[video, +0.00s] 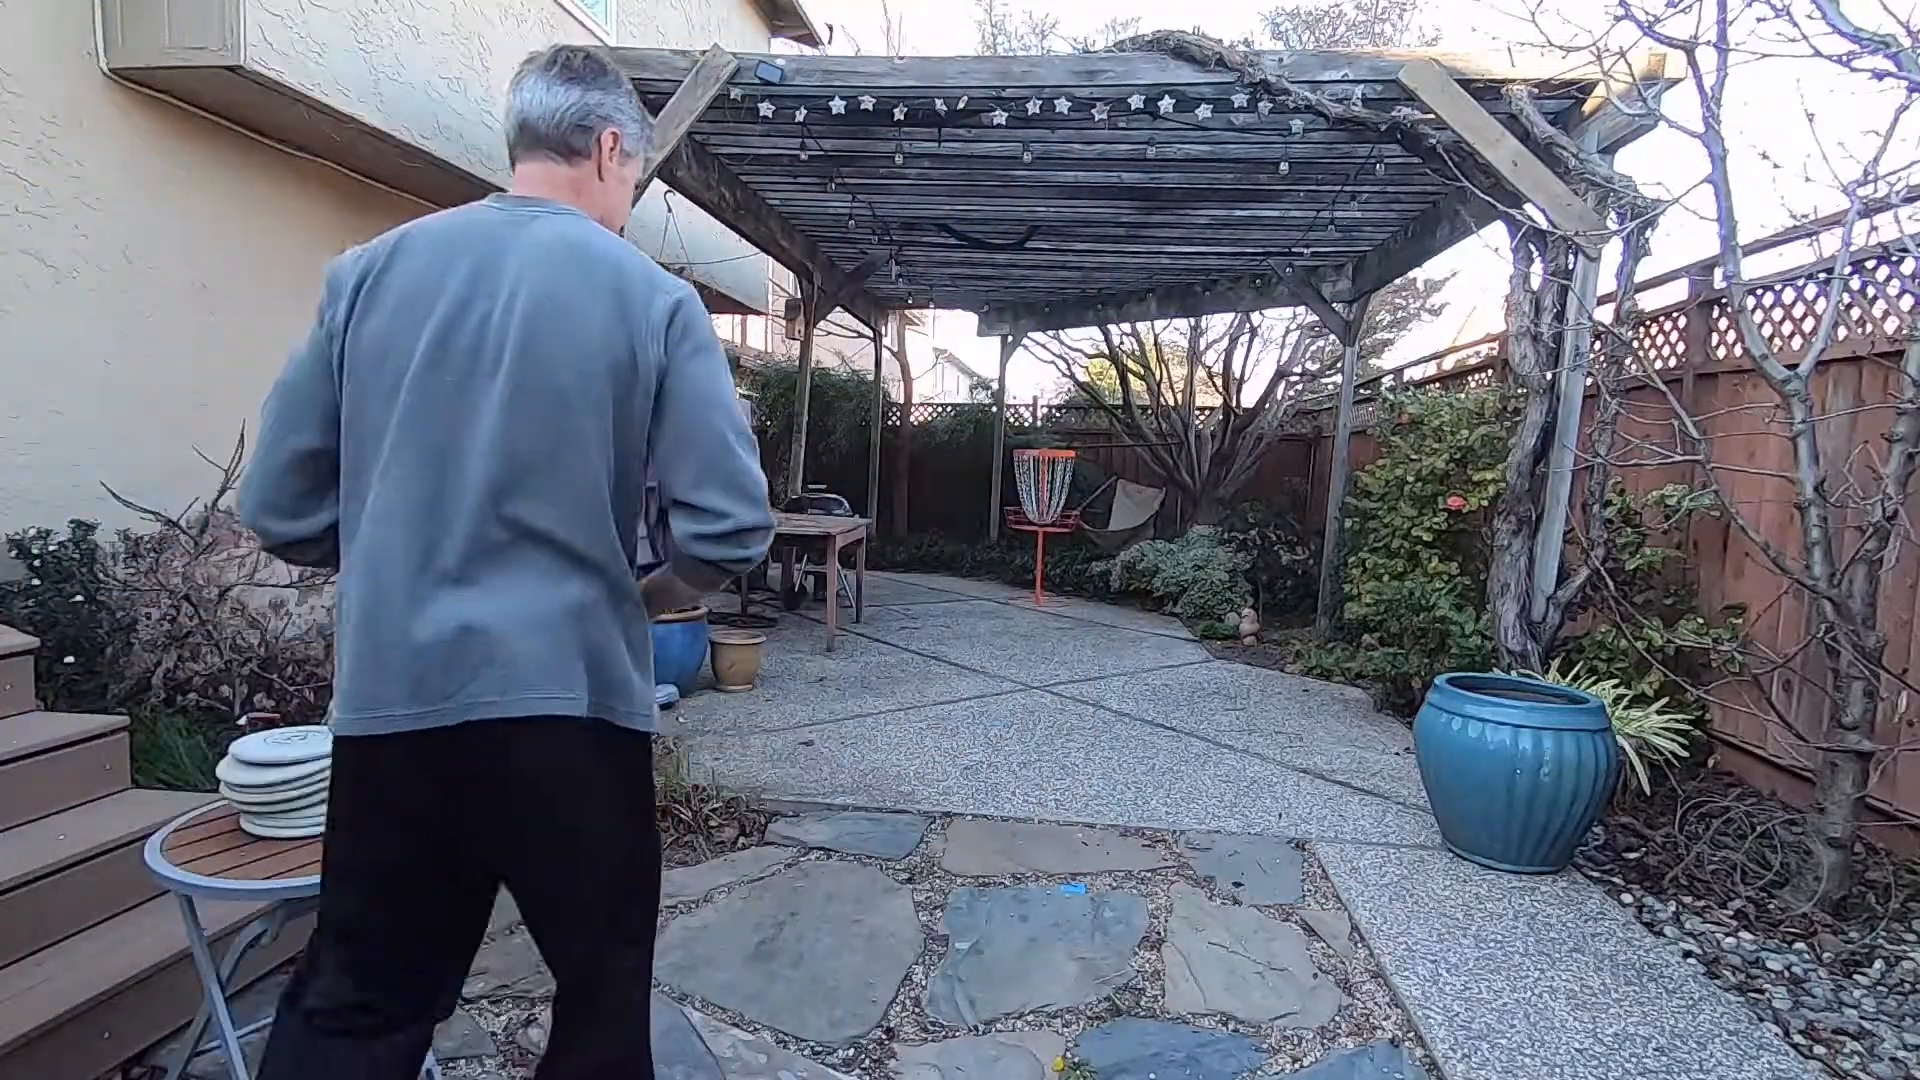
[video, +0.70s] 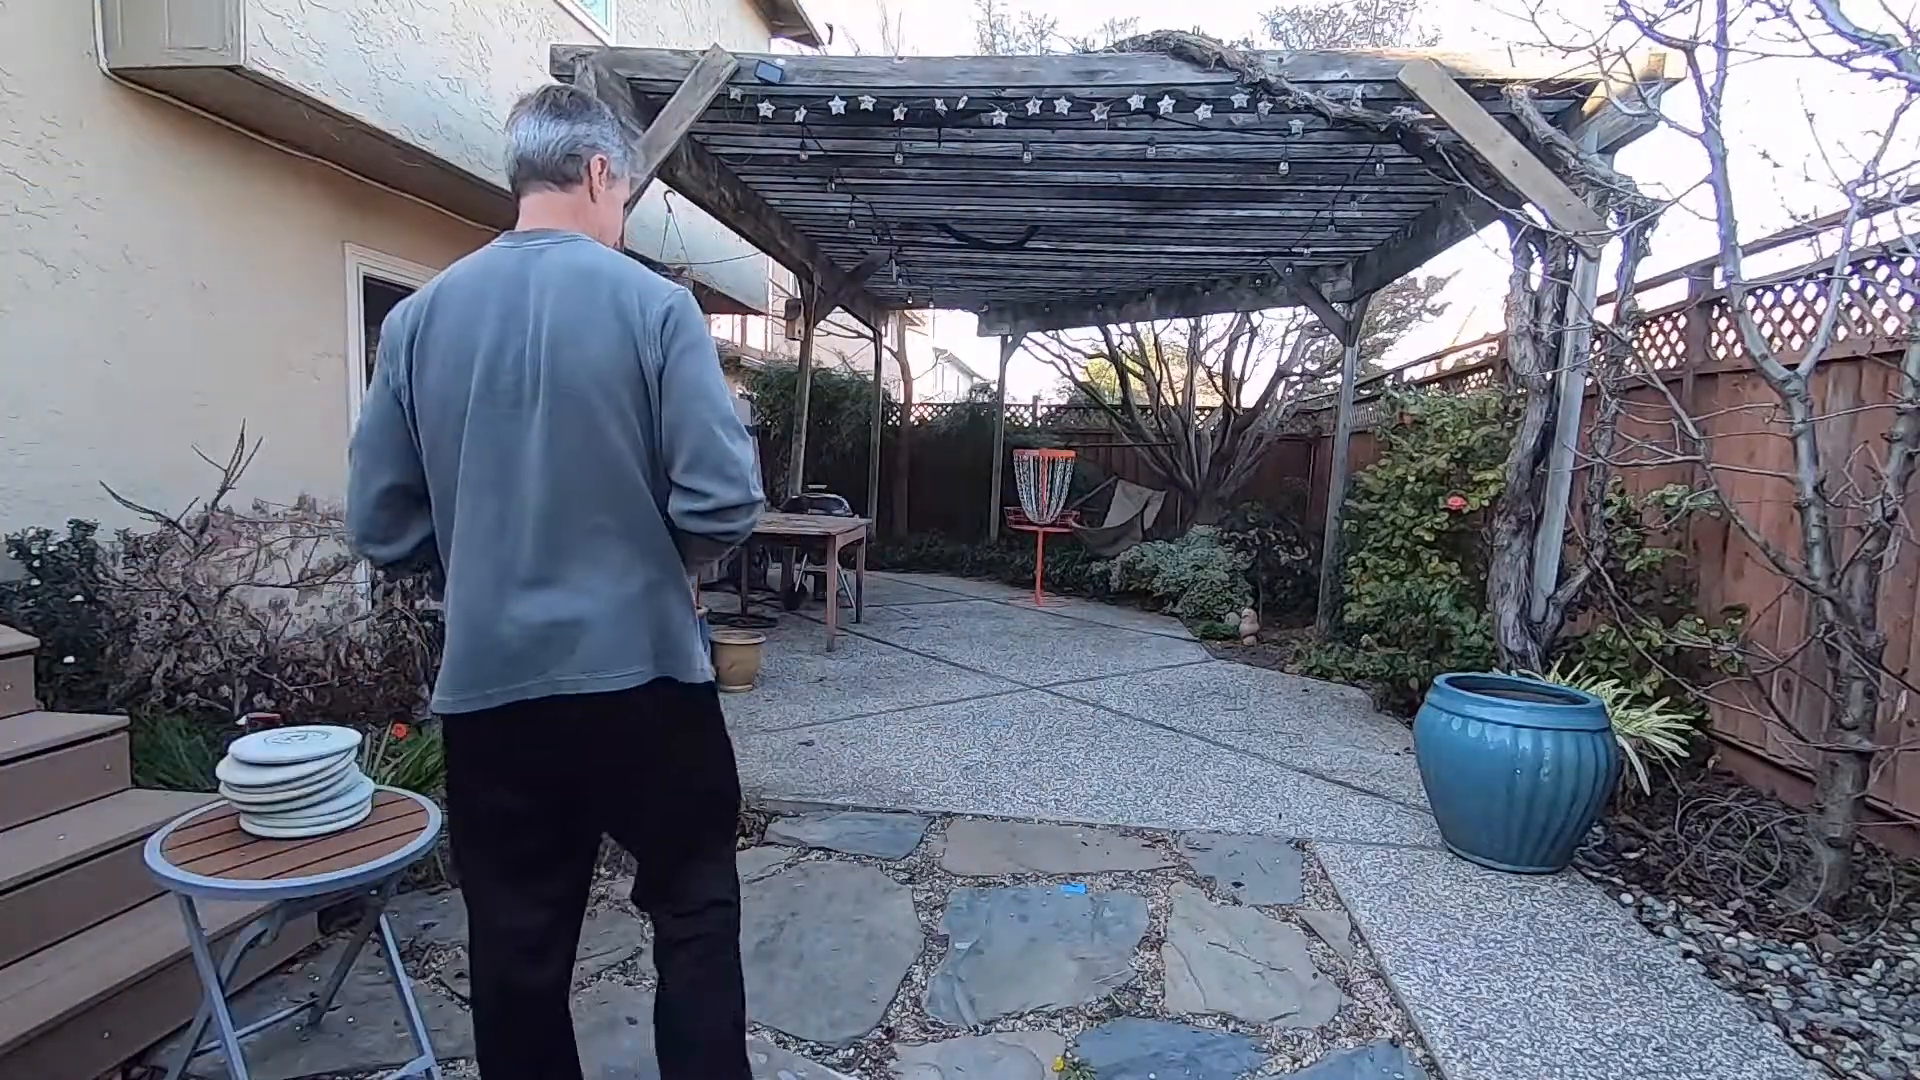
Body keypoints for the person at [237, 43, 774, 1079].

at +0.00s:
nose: (631, 205)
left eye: (636, 185)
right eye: (635, 179)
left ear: (517, 149)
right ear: (609, 150)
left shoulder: (370, 270)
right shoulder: (648, 294)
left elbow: (280, 504)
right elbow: (731, 524)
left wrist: (394, 541)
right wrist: (638, 573)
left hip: (388, 705)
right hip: (570, 710)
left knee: (357, 1002)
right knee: (605, 998)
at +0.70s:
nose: (625, 224)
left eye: (628, 203)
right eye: (626, 199)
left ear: (515, 184)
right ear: (597, 176)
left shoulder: (419, 316)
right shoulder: (652, 302)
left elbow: (381, 523)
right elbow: (722, 494)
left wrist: (483, 542)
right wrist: (667, 559)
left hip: (490, 695)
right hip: (644, 686)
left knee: (514, 964)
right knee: (695, 915)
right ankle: (705, 1072)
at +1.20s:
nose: (757, 250)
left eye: (755, 237)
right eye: (756, 235)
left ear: (652, 239)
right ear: (735, 231)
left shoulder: (578, 325)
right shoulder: (785, 346)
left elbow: (506, 492)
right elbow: (841, 513)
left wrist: (578, 529)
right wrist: (754, 527)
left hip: (601, 660)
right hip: (742, 664)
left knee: (575, 895)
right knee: (760, 872)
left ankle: (545, 1066)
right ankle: (776, 1057)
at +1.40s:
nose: (794, 271)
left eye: (789, 259)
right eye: (795, 259)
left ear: (700, 248)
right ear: (781, 252)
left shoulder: (636, 318)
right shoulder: (826, 352)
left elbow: (564, 476)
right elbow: (879, 515)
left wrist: (612, 531)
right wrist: (792, 526)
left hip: (642, 635)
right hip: (773, 640)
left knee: (600, 871)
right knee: (778, 863)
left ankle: (551, 1065)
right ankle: (776, 1054)